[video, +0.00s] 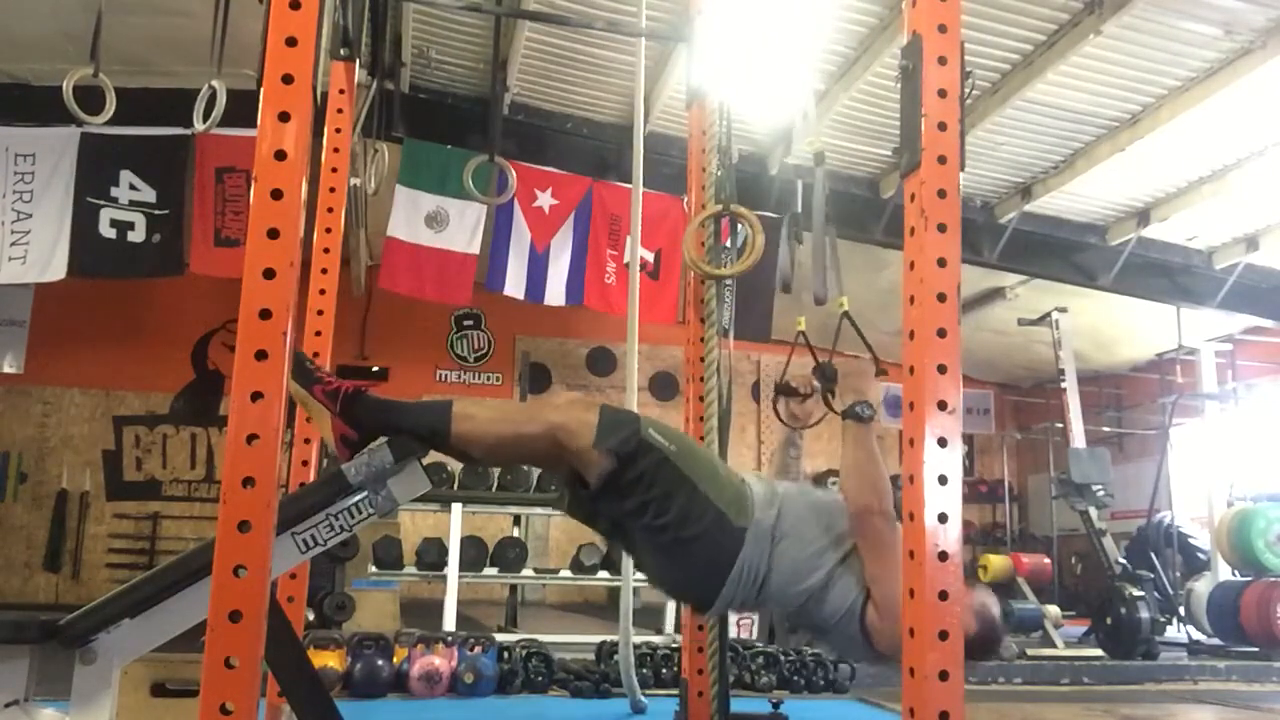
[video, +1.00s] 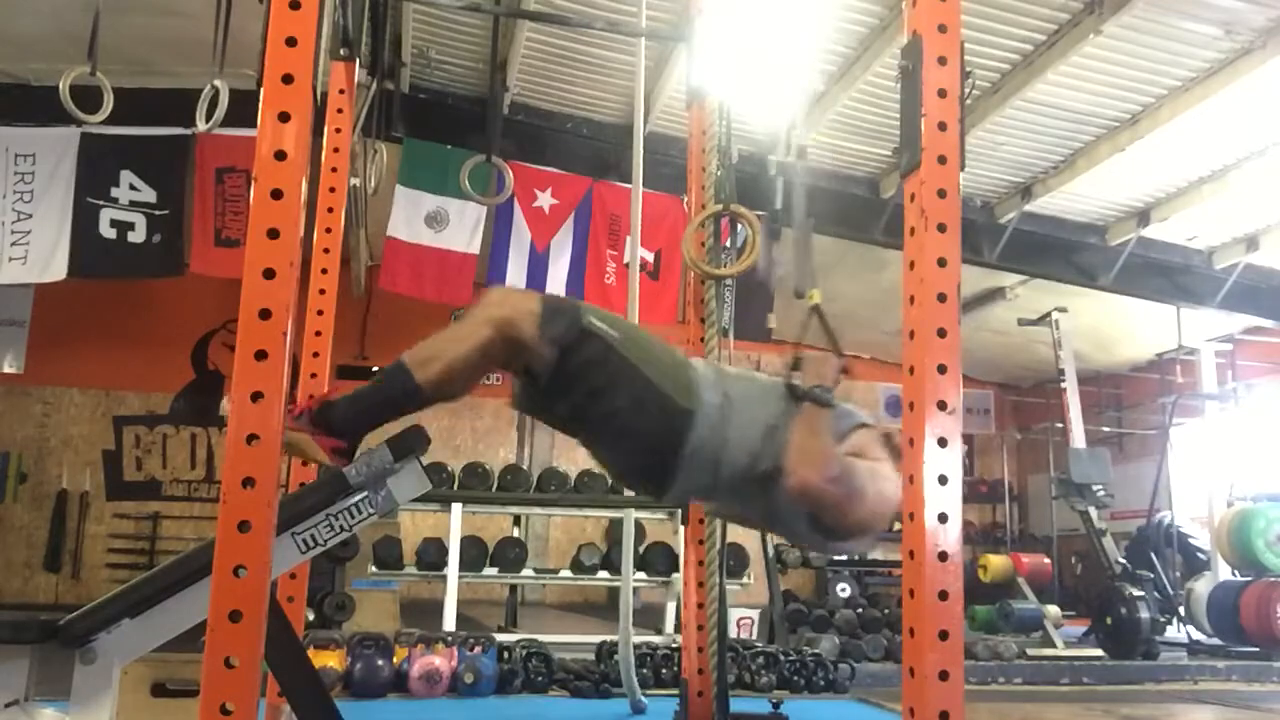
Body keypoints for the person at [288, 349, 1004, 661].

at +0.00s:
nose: (948, 588)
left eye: (958, 611)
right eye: (962, 590)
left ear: (951, 642)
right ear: (950, 590)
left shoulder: (905, 639)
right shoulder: (903, 585)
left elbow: (874, 517)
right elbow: (869, 515)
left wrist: (861, 408)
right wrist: (843, 407)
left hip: (736, 548)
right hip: (736, 513)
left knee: (586, 425)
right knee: (563, 431)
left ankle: (369, 414)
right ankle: (382, 422)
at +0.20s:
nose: (970, 515)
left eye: (980, 528)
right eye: (982, 515)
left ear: (965, 559)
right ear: (969, 526)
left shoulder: (916, 559)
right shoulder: (910, 543)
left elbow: (872, 462)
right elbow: (865, 439)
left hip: (746, 494)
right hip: (739, 485)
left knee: (571, 410)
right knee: (562, 413)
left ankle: (366, 413)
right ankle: (376, 419)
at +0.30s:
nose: (986, 467)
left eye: (995, 478)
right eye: (991, 463)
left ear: (989, 508)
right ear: (978, 460)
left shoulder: (939, 528)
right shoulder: (930, 469)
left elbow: (887, 486)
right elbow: (876, 464)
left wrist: (917, 408)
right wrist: (883, 398)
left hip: (754, 468)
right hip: (745, 454)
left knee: (570, 407)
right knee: (560, 407)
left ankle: (365, 414)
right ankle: (373, 416)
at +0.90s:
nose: (926, 448)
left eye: (937, 463)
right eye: (934, 449)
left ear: (933, 495)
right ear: (922, 457)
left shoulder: (887, 511)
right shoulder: (875, 462)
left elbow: (844, 477)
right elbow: (832, 427)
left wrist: (843, 396)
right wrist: (842, 382)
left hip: (709, 434)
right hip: (702, 414)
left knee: (538, 327)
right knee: (528, 353)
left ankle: (360, 415)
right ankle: (370, 416)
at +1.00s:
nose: (912, 420)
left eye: (921, 429)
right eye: (921, 421)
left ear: (926, 459)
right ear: (922, 436)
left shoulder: (879, 495)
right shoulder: (865, 442)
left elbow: (810, 476)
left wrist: (813, 390)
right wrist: (813, 371)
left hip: (680, 425)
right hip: (677, 404)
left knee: (507, 312)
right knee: (501, 320)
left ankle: (342, 424)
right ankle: (348, 410)